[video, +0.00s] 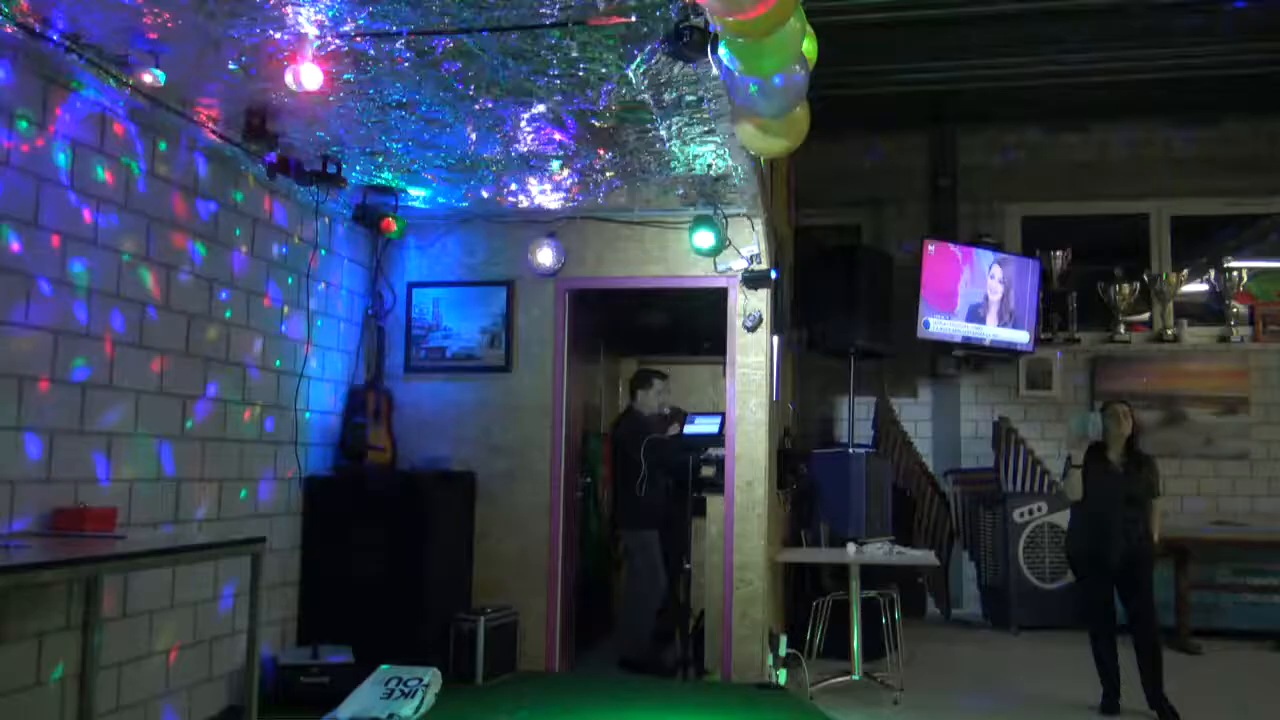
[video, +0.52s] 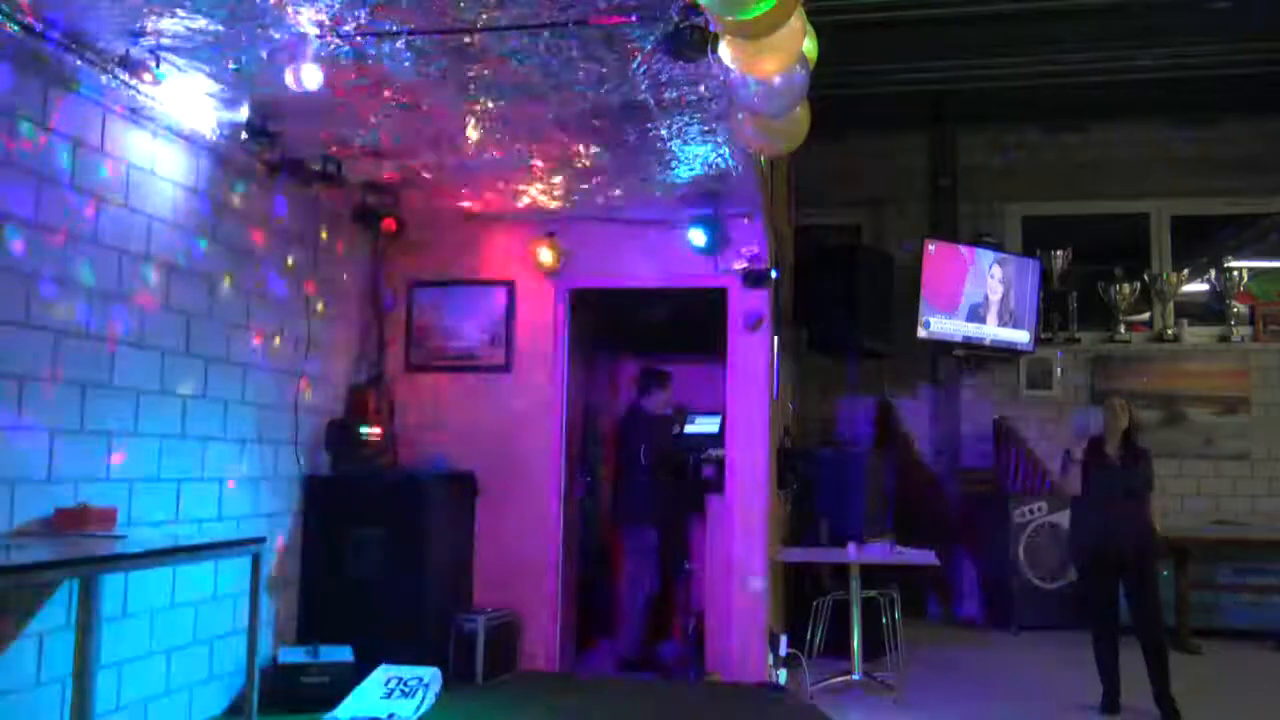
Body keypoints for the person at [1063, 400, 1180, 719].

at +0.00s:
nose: (1120, 422)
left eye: (1125, 417)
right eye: (1113, 417)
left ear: (1133, 424)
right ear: (1103, 424)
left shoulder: (1144, 462)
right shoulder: (1088, 459)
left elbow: (1153, 506)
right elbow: (1073, 496)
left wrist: (1153, 542)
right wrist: (1071, 463)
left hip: (1133, 553)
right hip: (1093, 554)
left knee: (1145, 625)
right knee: (1101, 626)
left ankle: (1156, 696)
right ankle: (1110, 693)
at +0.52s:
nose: (1115, 417)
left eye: (1121, 412)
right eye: (1110, 411)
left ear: (1129, 419)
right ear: (1102, 418)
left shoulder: (1139, 455)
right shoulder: (1089, 452)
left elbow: (1148, 501)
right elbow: (1075, 494)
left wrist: (1156, 541)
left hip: (1136, 550)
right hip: (1097, 552)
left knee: (1150, 627)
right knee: (1104, 626)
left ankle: (1164, 699)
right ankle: (1110, 695)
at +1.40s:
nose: (1138, 425)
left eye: (1144, 418)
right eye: (1133, 419)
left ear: (1156, 423)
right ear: (1127, 425)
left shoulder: (1179, 458)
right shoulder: (1122, 456)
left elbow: (1188, 506)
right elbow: (1124, 499)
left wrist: (1190, 541)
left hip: (1172, 552)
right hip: (1127, 553)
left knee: (1188, 628)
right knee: (1120, 624)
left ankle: (1198, 704)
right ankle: (1111, 697)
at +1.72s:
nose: (1159, 415)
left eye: (1165, 408)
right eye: (1153, 409)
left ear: (1176, 413)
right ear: (1147, 415)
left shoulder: (1196, 446)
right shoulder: (1140, 447)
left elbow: (1226, 470)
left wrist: (1252, 484)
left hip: (1197, 547)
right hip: (1152, 546)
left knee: (1197, 627)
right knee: (1137, 621)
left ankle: (1197, 700)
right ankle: (1122, 690)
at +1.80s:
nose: (1160, 416)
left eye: (1166, 409)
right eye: (1154, 409)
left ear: (1177, 414)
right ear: (1147, 415)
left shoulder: (1197, 447)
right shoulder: (1142, 448)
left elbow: (1231, 469)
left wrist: (1270, 478)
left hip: (1199, 548)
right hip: (1155, 547)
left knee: (1199, 629)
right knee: (1139, 622)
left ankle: (1197, 701)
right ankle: (1120, 691)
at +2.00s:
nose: (1164, 421)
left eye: (1169, 415)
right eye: (1158, 415)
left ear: (1177, 421)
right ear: (1149, 420)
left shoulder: (1194, 452)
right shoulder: (1139, 455)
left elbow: (1226, 464)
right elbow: (1140, 503)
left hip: (1200, 551)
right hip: (1157, 551)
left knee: (1202, 629)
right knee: (1140, 622)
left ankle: (1198, 702)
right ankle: (1117, 693)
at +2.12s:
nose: (1160, 425)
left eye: (1165, 418)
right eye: (1153, 418)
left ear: (1173, 423)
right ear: (1142, 424)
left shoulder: (1186, 455)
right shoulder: (1134, 461)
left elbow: (1217, 469)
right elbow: (1136, 506)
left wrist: (1175, 455)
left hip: (1194, 554)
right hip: (1153, 553)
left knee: (1201, 630)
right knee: (1137, 623)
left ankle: (1197, 704)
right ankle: (1112, 697)